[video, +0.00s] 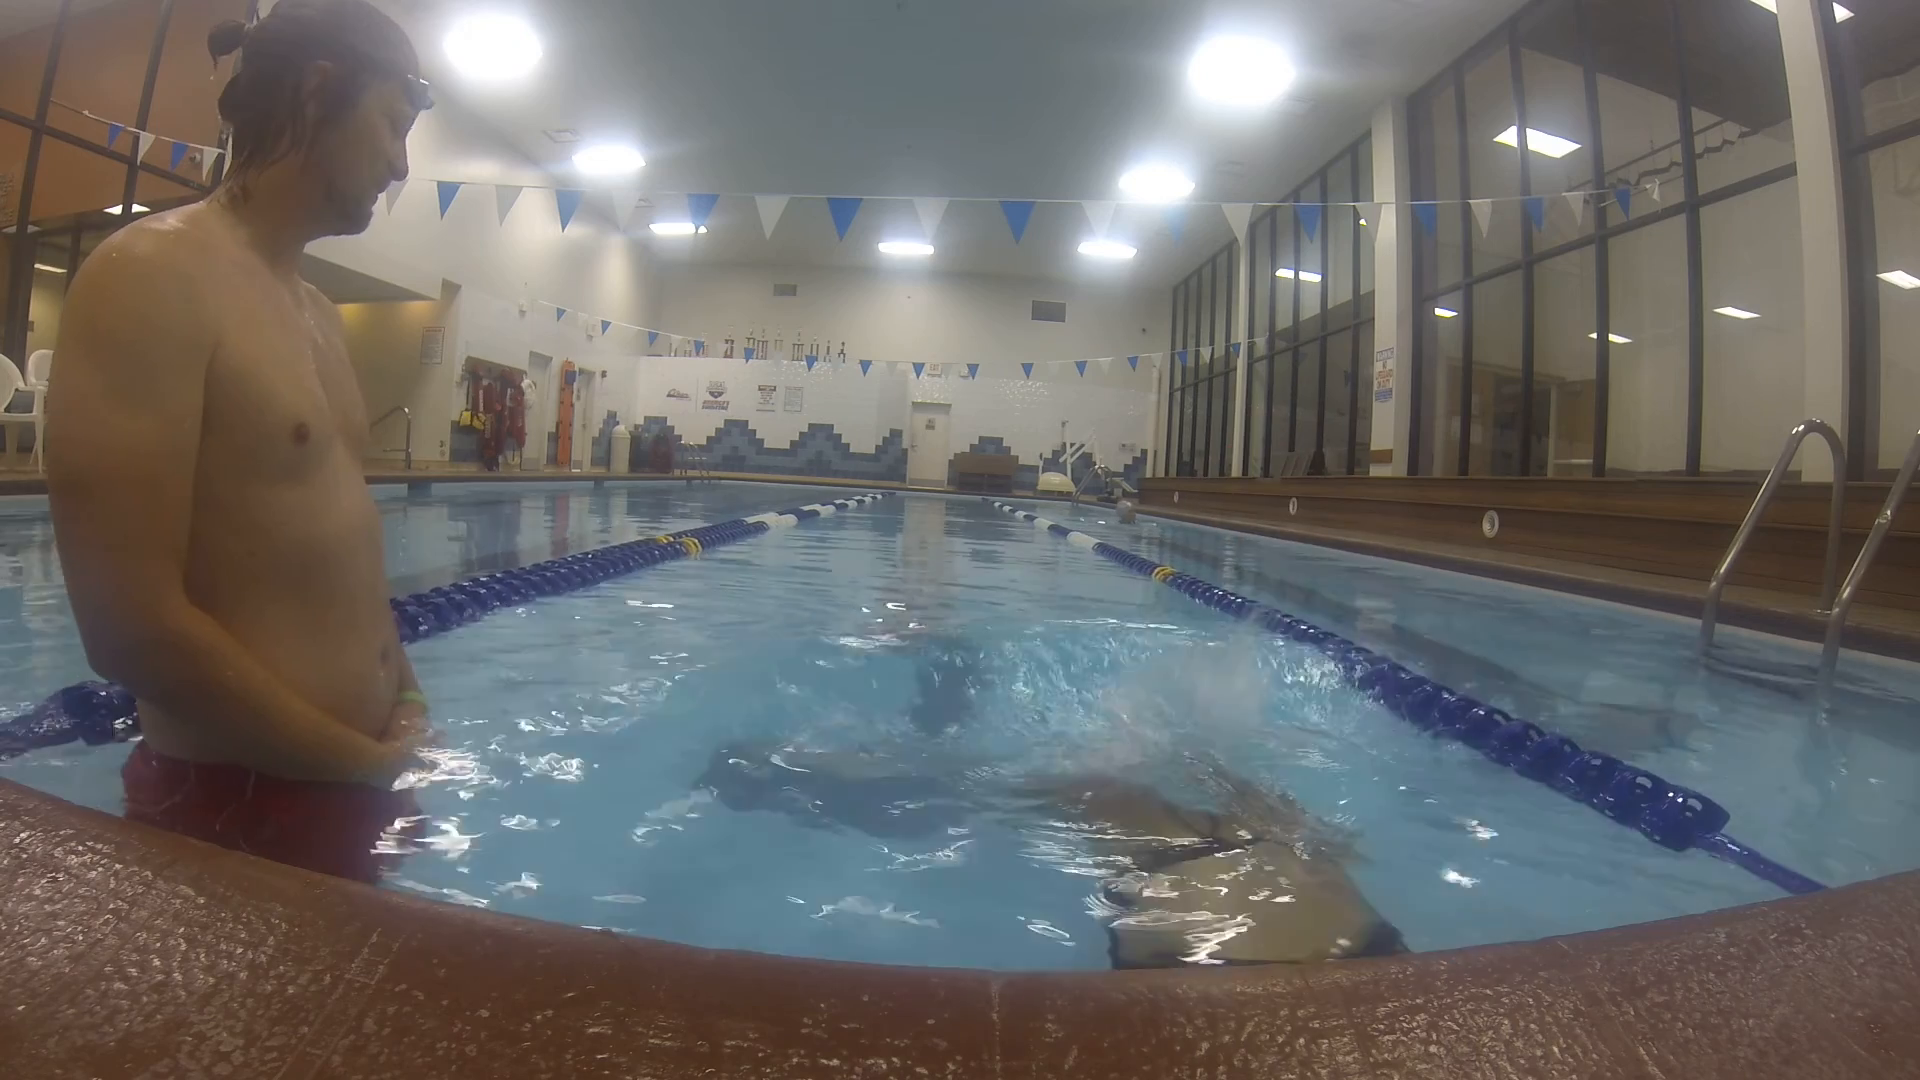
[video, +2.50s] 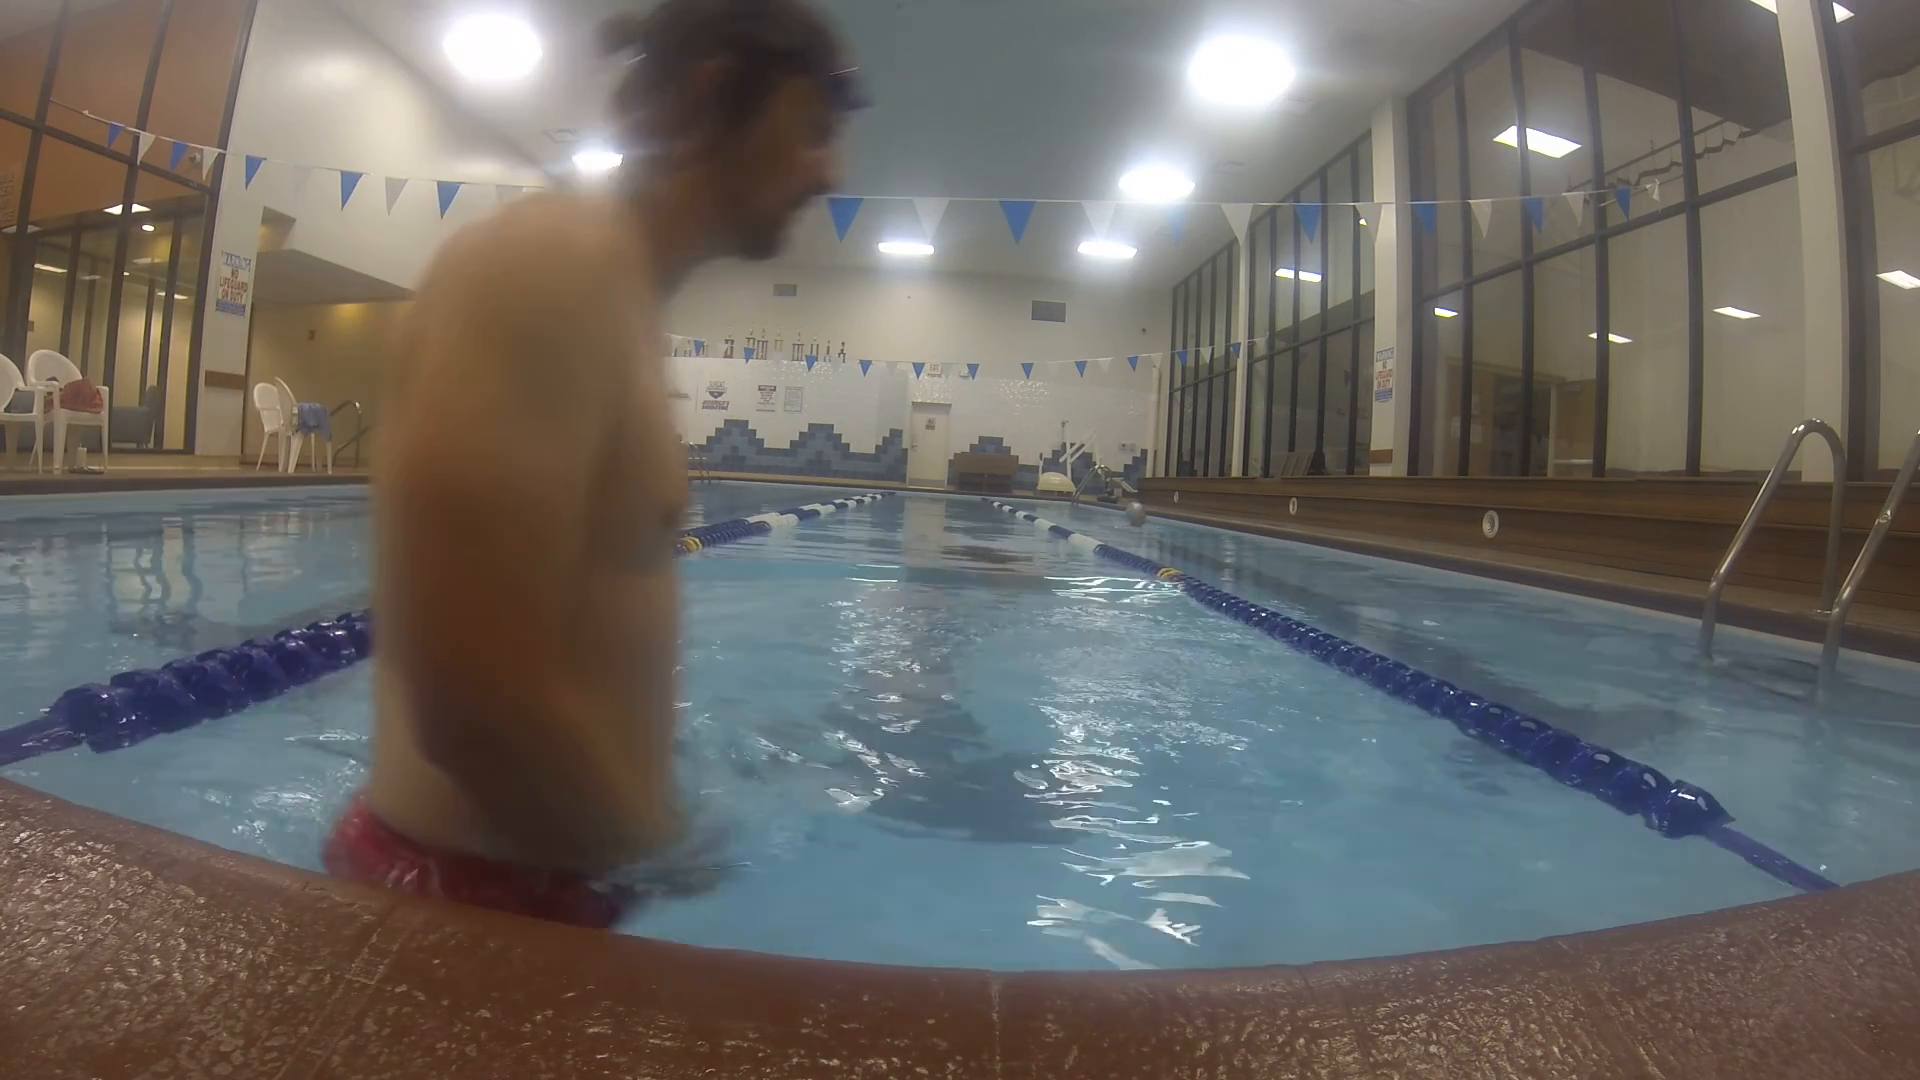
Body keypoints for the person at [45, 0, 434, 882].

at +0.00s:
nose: (405, 163)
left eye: (409, 132)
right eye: (398, 123)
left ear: (328, 103)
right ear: (318, 92)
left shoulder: (314, 305)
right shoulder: (149, 274)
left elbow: (337, 548)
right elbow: (127, 625)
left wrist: (405, 703)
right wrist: (373, 763)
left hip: (340, 788)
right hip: (230, 804)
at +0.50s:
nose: (416, 160)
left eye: (419, 132)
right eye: (403, 121)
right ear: (311, 95)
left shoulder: (329, 308)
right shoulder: (153, 277)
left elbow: (351, 546)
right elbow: (130, 627)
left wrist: (415, 704)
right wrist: (378, 775)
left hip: (355, 798)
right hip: (235, 814)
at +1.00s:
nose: (445, 170)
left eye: (448, 141)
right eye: (434, 131)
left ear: (357, 115)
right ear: (347, 104)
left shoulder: (356, 313)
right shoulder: (178, 276)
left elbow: (370, 551)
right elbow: (149, 627)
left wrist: (432, 708)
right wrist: (392, 772)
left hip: (369, 790)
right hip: (254, 806)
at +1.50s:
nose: (494, 167)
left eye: (500, 142)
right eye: (474, 130)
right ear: (377, 115)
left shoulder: (403, 320)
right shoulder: (235, 282)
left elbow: (400, 554)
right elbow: (192, 622)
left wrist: (450, 707)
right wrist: (400, 764)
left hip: (373, 784)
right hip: (274, 799)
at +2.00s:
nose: (575, 178)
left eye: (584, 149)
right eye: (558, 134)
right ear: (464, 115)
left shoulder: (471, 331)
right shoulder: (320, 286)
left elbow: (452, 573)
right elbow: (271, 621)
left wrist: (516, 727)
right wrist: (475, 772)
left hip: (431, 801)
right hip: (354, 805)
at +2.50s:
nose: (829, 174)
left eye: (832, 137)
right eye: (815, 126)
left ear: (713, 95)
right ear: (716, 91)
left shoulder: (606, 283)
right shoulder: (541, 263)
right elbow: (473, 689)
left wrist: (659, 829)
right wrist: (654, 849)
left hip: (531, 884)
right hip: (466, 894)